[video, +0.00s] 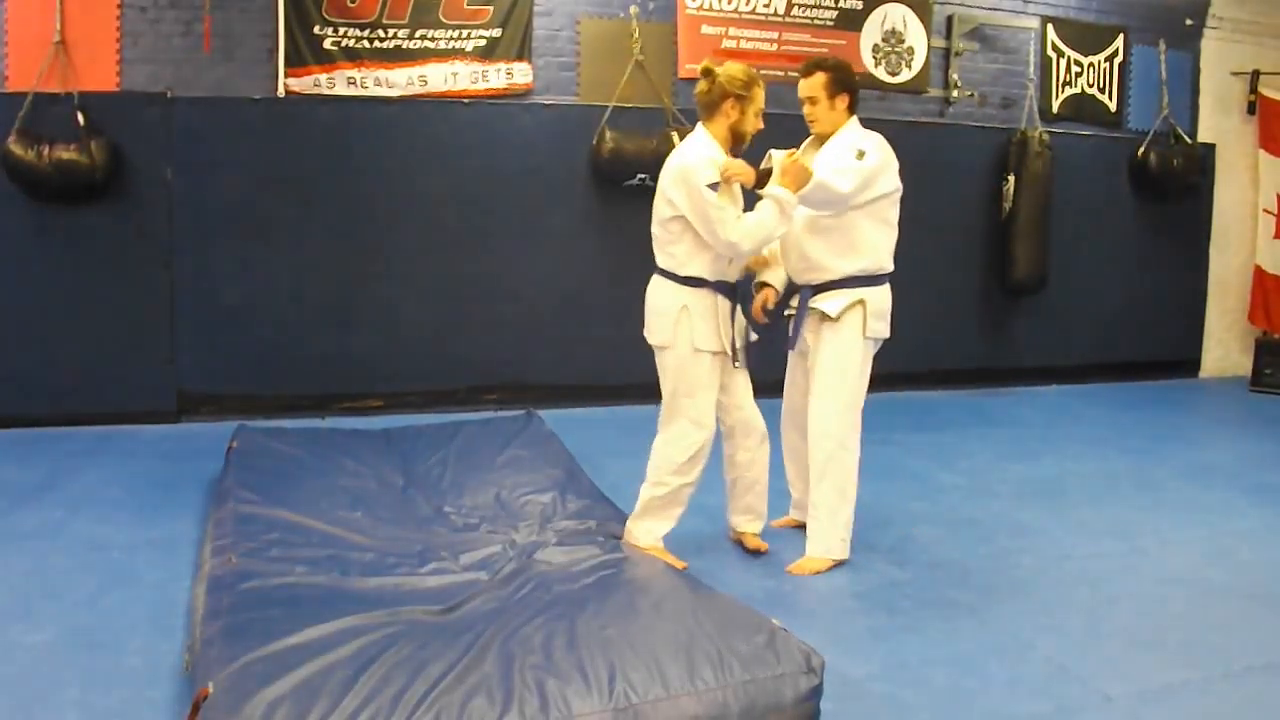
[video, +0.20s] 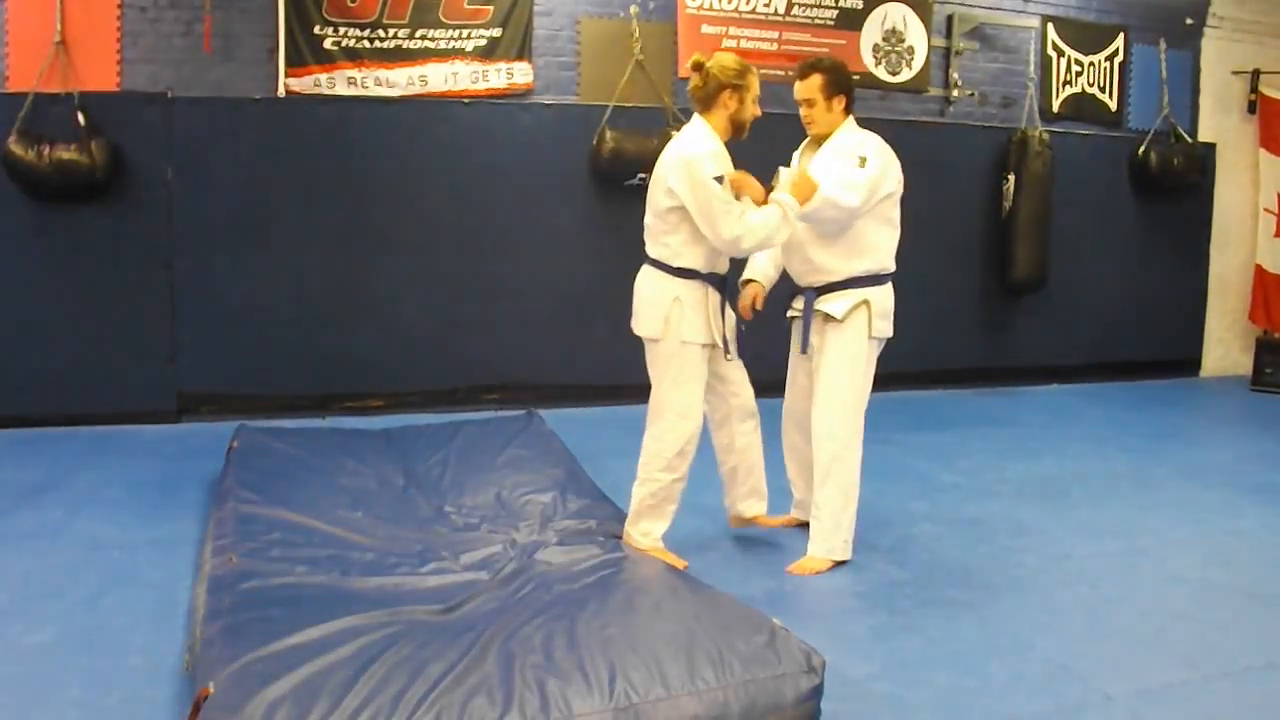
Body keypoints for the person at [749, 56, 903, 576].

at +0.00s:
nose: (805, 112)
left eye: (812, 103)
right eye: (802, 104)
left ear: (843, 101)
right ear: (810, 104)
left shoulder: (871, 149)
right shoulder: (806, 153)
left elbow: (830, 189)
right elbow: (780, 219)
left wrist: (761, 172)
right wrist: (770, 281)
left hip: (853, 303)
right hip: (813, 302)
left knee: (833, 421)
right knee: (798, 411)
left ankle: (832, 545)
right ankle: (806, 509)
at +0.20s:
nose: (801, 114)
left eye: (809, 104)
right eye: (798, 105)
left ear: (840, 102)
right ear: (804, 105)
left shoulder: (870, 152)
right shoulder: (802, 156)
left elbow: (840, 207)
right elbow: (779, 222)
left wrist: (771, 195)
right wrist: (758, 277)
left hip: (856, 303)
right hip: (813, 301)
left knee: (836, 423)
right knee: (799, 412)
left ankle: (833, 546)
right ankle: (807, 507)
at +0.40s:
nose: (817, 114)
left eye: (825, 105)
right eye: (814, 105)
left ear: (855, 103)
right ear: (816, 106)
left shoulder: (895, 158)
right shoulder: (818, 158)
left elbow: (886, 235)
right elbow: (803, 225)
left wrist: (831, 279)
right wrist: (789, 281)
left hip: (869, 304)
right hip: (822, 301)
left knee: (847, 417)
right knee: (809, 407)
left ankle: (832, 540)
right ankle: (810, 505)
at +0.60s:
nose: (852, 116)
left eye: (861, 106)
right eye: (849, 107)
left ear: (891, 106)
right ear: (850, 109)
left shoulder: (928, 162)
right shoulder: (852, 159)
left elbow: (920, 238)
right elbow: (837, 226)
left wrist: (875, 289)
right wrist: (815, 281)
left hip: (902, 301)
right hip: (850, 297)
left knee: (877, 409)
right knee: (830, 405)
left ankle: (918, 510)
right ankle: (819, 505)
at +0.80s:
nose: (906, 122)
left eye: (915, 113)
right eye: (904, 113)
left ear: (945, 116)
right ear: (910, 117)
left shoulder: (973, 175)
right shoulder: (912, 167)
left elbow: (949, 246)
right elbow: (888, 235)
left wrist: (893, 289)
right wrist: (861, 277)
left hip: (950, 311)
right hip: (905, 307)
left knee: (947, 415)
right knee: (873, 404)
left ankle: (980, 507)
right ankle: (834, 499)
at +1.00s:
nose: (957, 114)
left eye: (967, 106)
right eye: (955, 105)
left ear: (995, 110)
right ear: (956, 107)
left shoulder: (1023, 168)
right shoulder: (955, 157)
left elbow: (1006, 242)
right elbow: (938, 229)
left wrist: (956, 289)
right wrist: (925, 280)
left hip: (995, 296)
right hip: (948, 294)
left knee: (976, 400)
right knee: (923, 390)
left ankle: (979, 510)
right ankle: (950, 484)